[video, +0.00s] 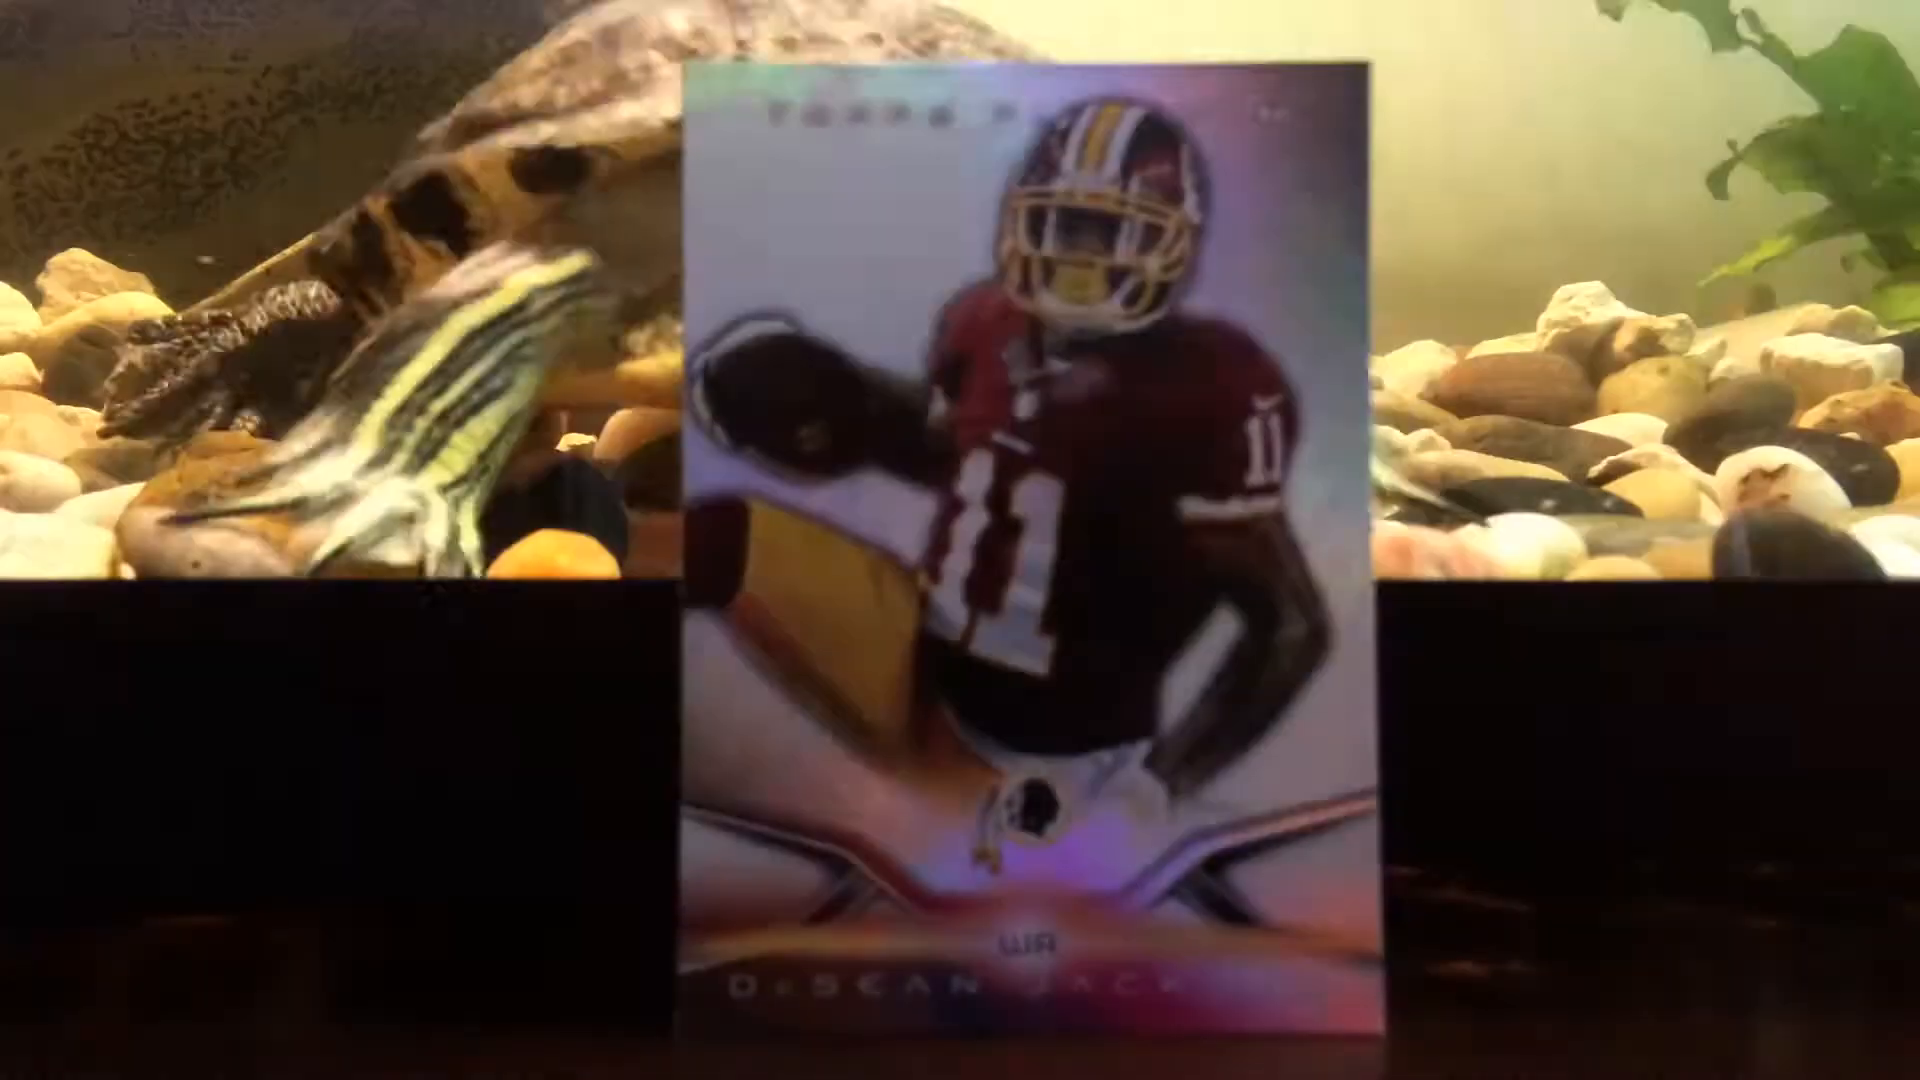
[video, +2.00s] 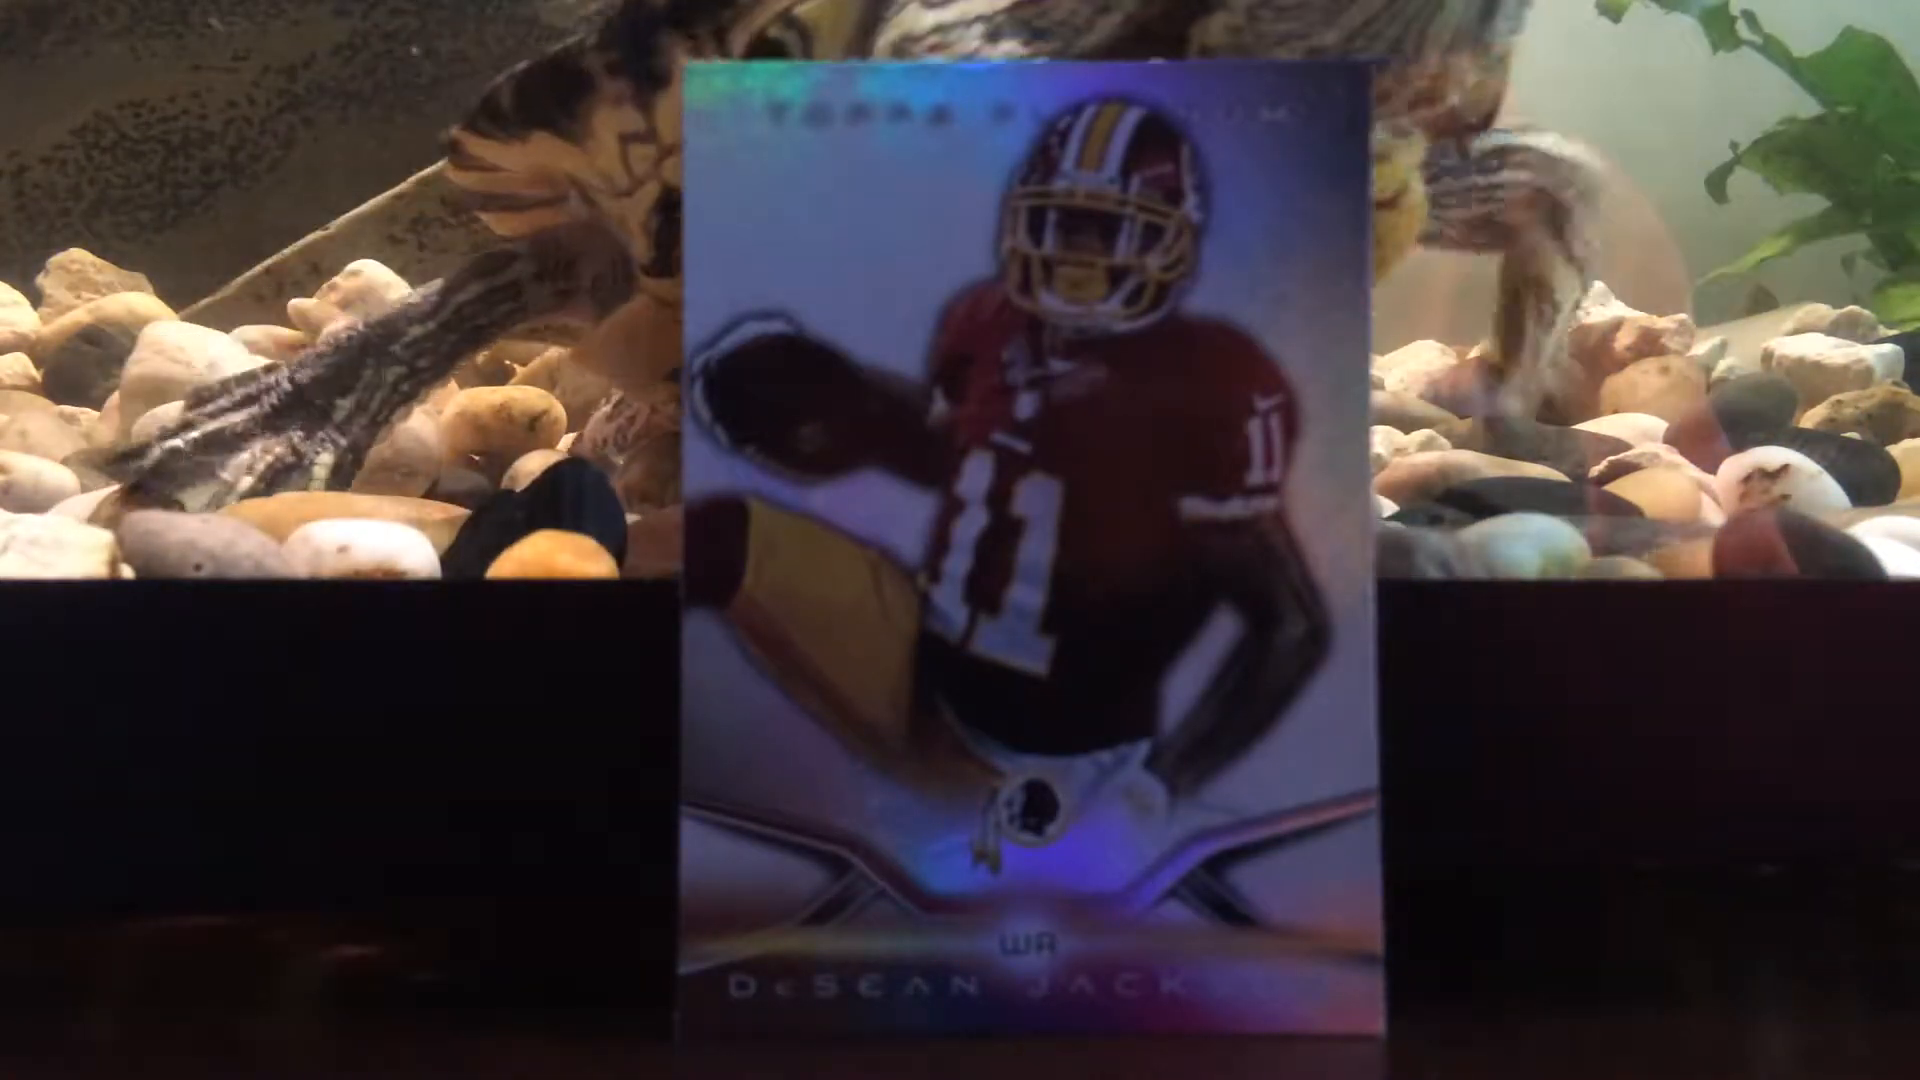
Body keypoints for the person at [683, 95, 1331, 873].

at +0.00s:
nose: (1080, 259)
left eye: (1115, 233)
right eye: (1060, 226)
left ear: (1175, 245)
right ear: (1021, 227)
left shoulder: (1215, 387)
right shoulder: (980, 328)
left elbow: (1291, 629)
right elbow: (952, 456)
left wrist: (1159, 786)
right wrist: (852, 415)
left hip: (1088, 762)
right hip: (935, 709)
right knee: (720, 539)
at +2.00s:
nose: (1079, 259)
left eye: (1114, 234)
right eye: (1061, 226)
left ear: (1175, 248)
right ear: (1021, 228)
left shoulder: (1215, 388)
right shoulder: (980, 327)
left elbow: (1293, 629)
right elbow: (959, 460)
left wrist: (1155, 789)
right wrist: (856, 415)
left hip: (1078, 753)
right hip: (929, 679)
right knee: (716, 537)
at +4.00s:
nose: (1080, 252)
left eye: (1114, 228)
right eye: (1060, 220)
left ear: (1176, 245)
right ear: (1021, 224)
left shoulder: (1217, 385)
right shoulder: (979, 325)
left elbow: (1294, 630)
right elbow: (955, 458)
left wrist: (1155, 792)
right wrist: (853, 410)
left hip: (1080, 757)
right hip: (929, 688)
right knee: (714, 539)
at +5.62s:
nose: (1078, 251)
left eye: (1112, 227)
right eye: (1058, 220)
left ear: (1175, 244)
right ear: (1020, 224)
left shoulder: (1216, 384)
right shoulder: (980, 325)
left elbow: (1294, 630)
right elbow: (956, 458)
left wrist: (1157, 790)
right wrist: (852, 411)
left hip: (1083, 757)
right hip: (929, 683)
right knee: (711, 536)